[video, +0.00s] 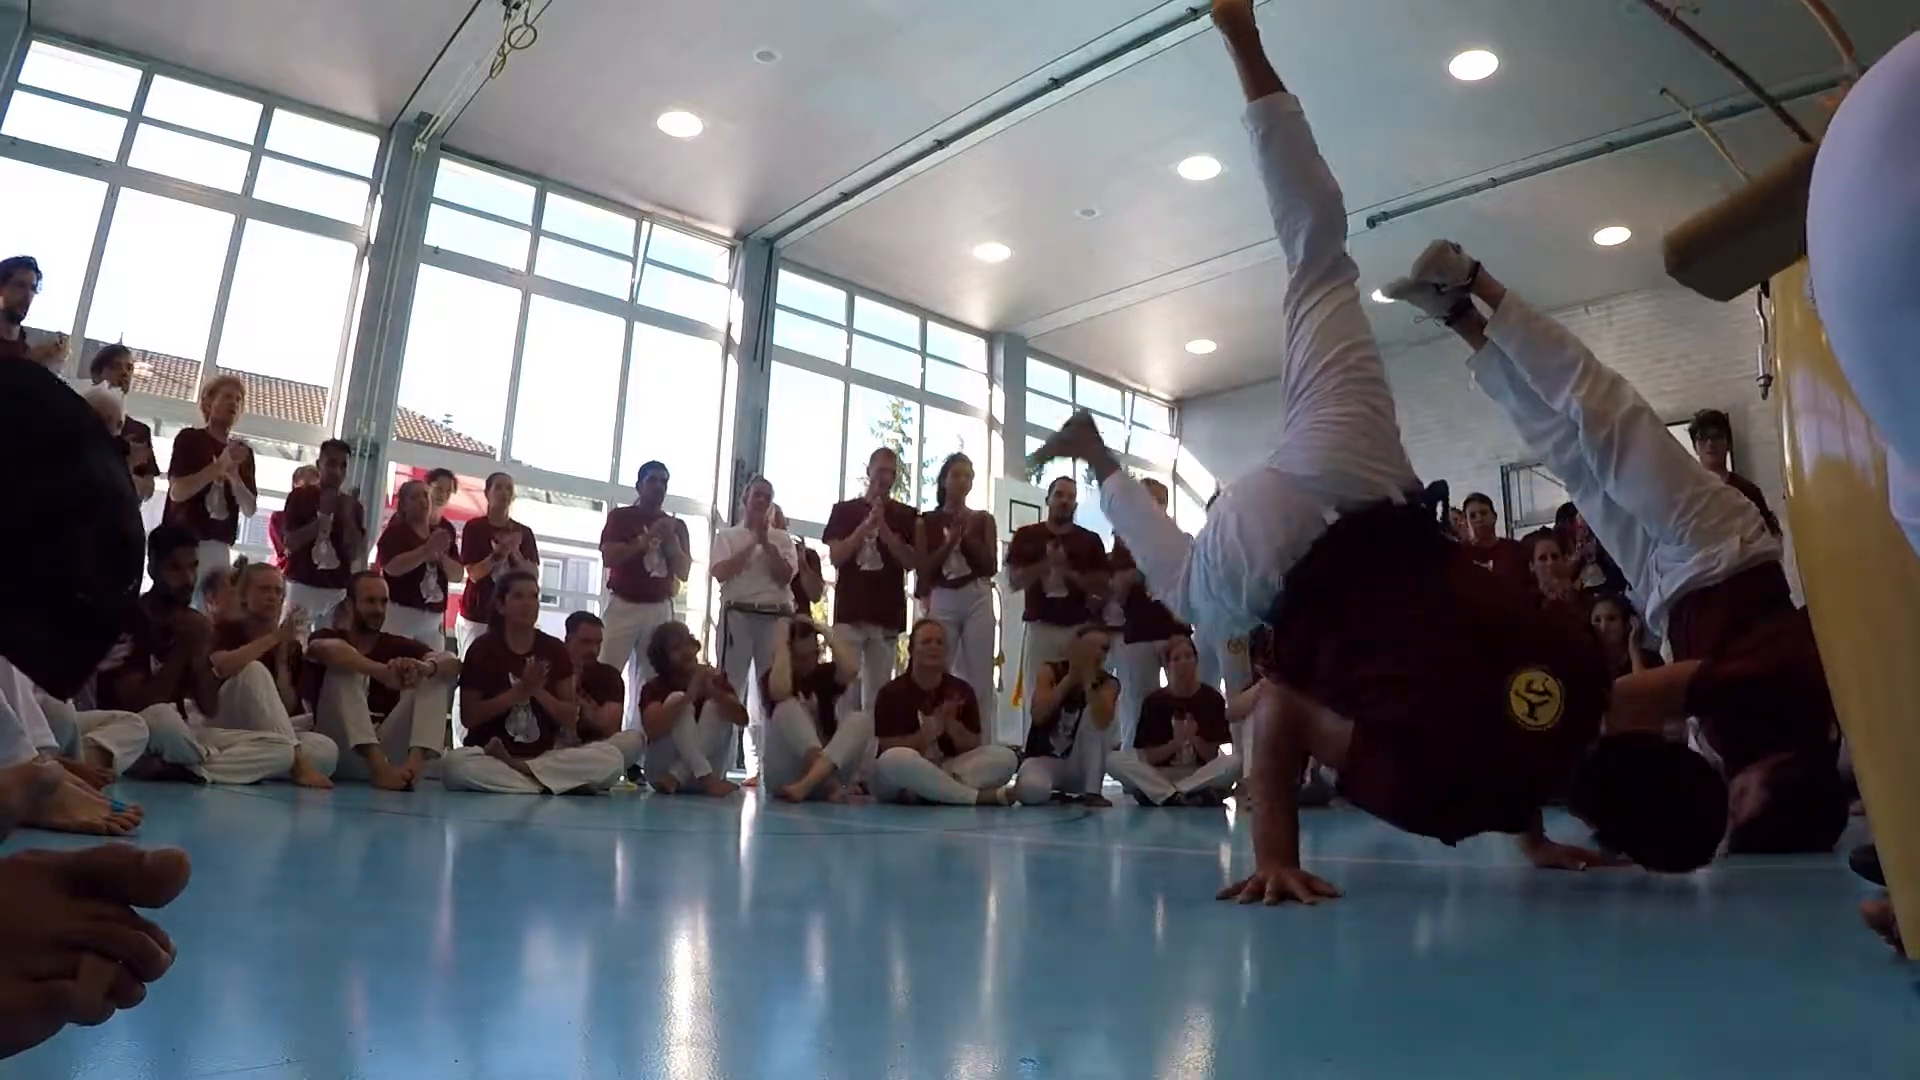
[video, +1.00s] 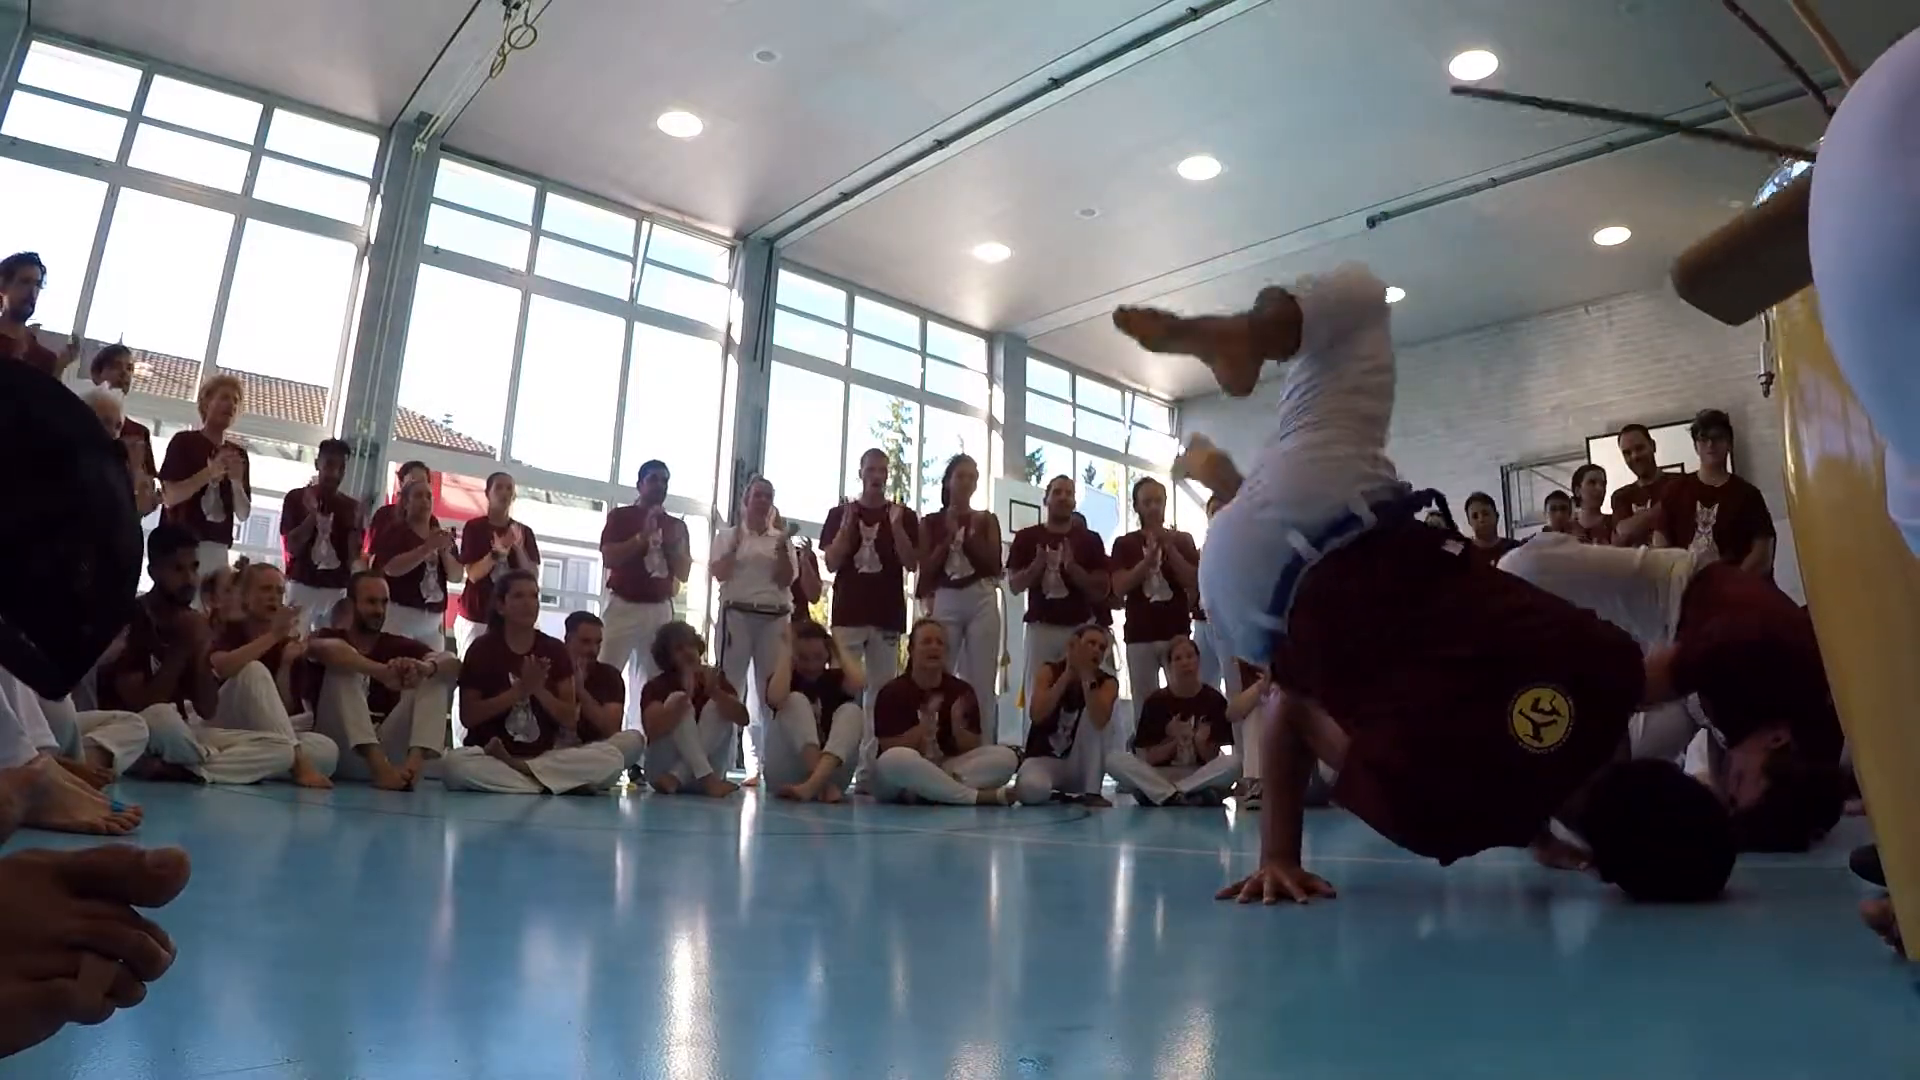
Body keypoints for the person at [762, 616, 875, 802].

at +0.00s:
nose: (810, 662)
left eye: (814, 654)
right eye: (802, 657)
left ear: (819, 651)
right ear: (789, 655)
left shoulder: (825, 675)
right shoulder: (772, 678)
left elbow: (850, 669)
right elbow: (781, 693)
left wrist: (825, 630)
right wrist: (782, 642)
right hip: (785, 778)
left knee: (860, 720)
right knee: (788, 708)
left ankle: (806, 784)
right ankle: (831, 784)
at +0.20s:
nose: (813, 663)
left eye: (818, 656)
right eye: (806, 657)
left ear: (825, 652)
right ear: (793, 651)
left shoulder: (830, 676)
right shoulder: (777, 675)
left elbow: (851, 668)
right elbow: (784, 691)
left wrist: (832, 632)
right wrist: (789, 640)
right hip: (786, 776)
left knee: (859, 720)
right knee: (793, 703)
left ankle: (807, 784)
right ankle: (830, 783)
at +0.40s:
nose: (813, 663)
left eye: (819, 656)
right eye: (806, 656)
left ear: (827, 653)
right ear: (794, 652)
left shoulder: (832, 676)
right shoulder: (778, 675)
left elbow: (853, 675)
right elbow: (785, 689)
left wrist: (836, 636)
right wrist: (789, 640)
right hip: (786, 776)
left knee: (859, 718)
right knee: (794, 702)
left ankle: (809, 783)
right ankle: (826, 782)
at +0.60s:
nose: (812, 664)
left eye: (818, 657)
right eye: (805, 657)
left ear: (826, 654)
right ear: (793, 654)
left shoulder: (833, 677)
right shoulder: (779, 676)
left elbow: (853, 683)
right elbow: (782, 689)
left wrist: (837, 641)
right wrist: (787, 640)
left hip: (832, 779)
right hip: (786, 776)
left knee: (853, 712)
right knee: (793, 701)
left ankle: (810, 784)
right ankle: (825, 783)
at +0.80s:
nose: (813, 666)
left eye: (819, 658)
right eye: (806, 659)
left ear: (828, 656)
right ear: (792, 657)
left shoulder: (835, 678)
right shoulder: (778, 679)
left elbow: (854, 679)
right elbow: (779, 692)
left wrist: (837, 639)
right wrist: (786, 641)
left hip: (832, 780)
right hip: (785, 777)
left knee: (851, 710)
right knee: (794, 701)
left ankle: (810, 785)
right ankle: (825, 782)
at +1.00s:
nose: (811, 665)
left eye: (818, 657)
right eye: (804, 658)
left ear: (828, 655)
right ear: (792, 656)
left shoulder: (835, 678)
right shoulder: (780, 679)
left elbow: (858, 684)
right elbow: (776, 699)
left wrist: (838, 650)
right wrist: (787, 648)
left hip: (832, 778)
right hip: (785, 776)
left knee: (851, 710)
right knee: (796, 700)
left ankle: (812, 785)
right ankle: (824, 783)